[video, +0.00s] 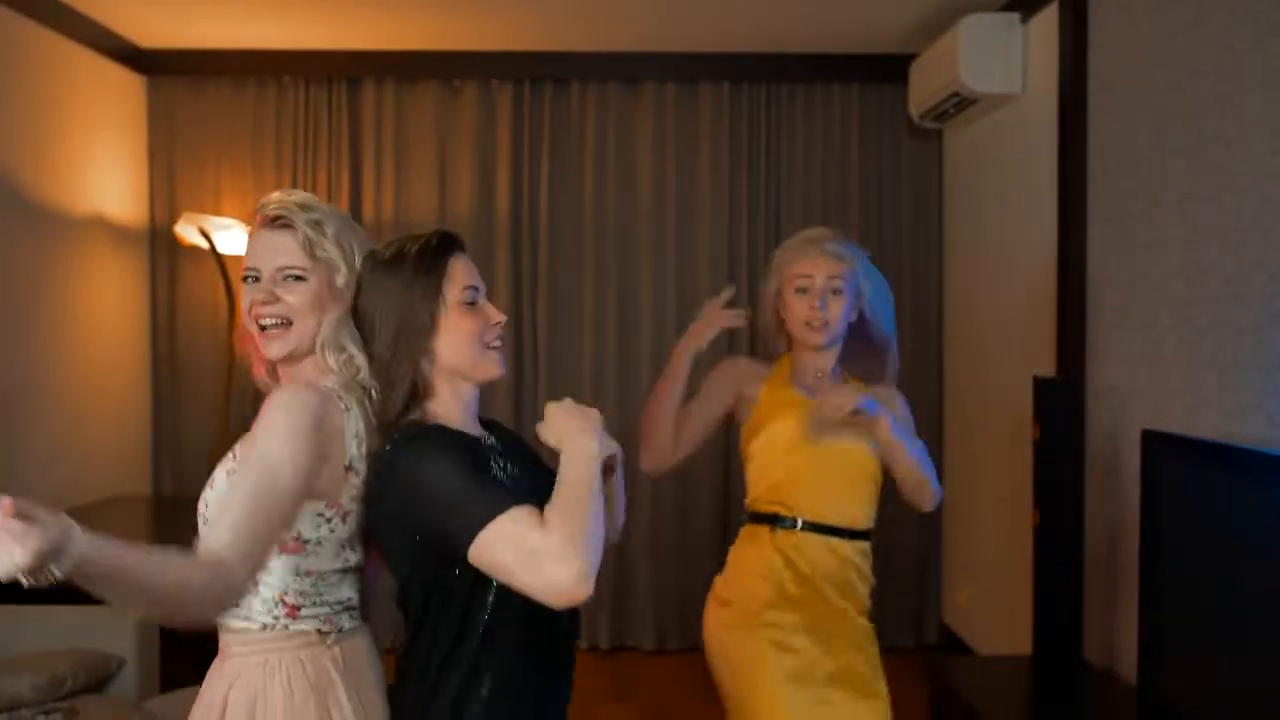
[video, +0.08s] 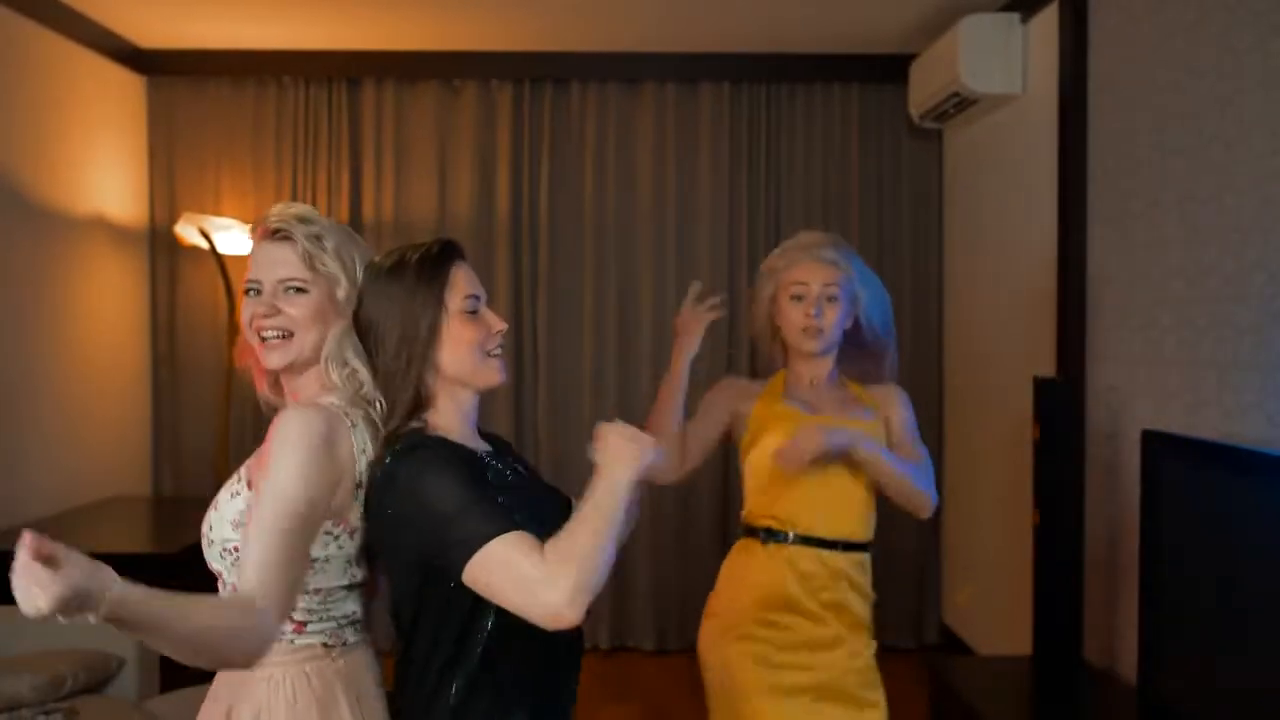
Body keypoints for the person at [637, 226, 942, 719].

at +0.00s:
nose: (818, 305)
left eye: (835, 291)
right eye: (802, 290)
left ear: (856, 306)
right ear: (779, 303)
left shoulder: (880, 398)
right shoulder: (744, 378)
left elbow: (926, 496)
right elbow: (656, 457)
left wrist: (876, 417)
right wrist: (687, 348)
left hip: (841, 604)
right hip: (757, 599)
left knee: (865, 709)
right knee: (779, 709)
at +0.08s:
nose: (813, 311)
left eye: (830, 298)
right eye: (798, 297)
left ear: (851, 314)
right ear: (774, 310)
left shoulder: (885, 402)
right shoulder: (738, 397)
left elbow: (923, 501)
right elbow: (666, 465)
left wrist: (854, 442)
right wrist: (682, 355)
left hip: (841, 614)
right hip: (752, 610)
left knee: (854, 710)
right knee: (758, 711)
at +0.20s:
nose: (808, 332)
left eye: (824, 319)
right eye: (793, 318)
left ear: (846, 335)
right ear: (770, 332)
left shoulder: (885, 415)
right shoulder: (733, 432)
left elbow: (913, 521)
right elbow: (677, 491)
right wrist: (682, 379)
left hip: (838, 641)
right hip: (744, 637)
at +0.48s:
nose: (813, 342)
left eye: (833, 330)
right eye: (799, 328)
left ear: (857, 348)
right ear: (780, 344)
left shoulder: (896, 432)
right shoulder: (755, 443)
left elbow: (888, 555)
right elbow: (674, 448)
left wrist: (764, 561)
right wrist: (700, 364)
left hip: (834, 659)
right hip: (741, 651)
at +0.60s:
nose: (829, 306)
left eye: (850, 293)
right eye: (815, 293)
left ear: (879, 309)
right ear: (799, 309)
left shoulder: (905, 397)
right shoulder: (770, 405)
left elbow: (879, 526)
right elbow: (657, 405)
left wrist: (755, 529)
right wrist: (700, 303)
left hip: (842, 633)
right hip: (754, 625)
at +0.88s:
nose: (844, 296)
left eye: (867, 281)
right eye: (835, 282)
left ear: (909, 300)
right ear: (824, 298)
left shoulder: (914, 393)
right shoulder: (815, 386)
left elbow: (859, 525)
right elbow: (697, 355)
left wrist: (762, 522)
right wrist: (695, 301)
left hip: (855, 639)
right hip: (786, 634)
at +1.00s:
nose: (848, 313)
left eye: (871, 298)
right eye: (843, 300)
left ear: (917, 316)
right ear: (832, 310)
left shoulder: (908, 420)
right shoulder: (847, 408)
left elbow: (836, 565)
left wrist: (768, 555)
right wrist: (736, 351)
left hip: (859, 669)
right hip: (803, 660)